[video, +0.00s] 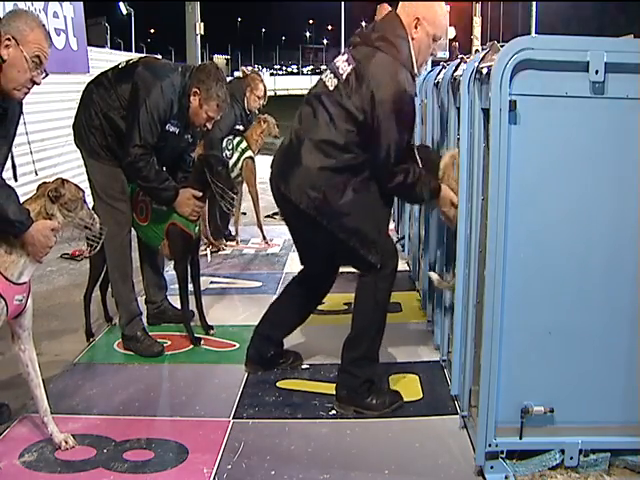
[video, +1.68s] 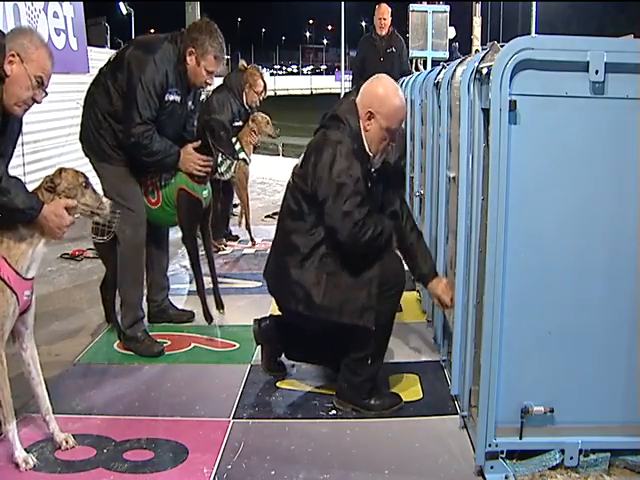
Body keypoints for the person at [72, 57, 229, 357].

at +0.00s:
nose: (211, 125)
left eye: (215, 119)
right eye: (210, 117)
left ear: (196, 96)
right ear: (193, 97)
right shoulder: (157, 90)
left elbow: (180, 157)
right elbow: (134, 156)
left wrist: (187, 191)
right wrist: (172, 196)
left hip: (137, 133)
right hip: (100, 130)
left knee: (149, 217)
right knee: (118, 222)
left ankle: (157, 305)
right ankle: (131, 326)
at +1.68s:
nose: (210, 80)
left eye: (214, 75)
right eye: (208, 72)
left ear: (197, 56)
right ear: (190, 56)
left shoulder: (192, 73)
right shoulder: (149, 64)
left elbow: (185, 126)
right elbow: (135, 132)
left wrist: (193, 151)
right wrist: (177, 156)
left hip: (145, 141)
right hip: (107, 137)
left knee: (157, 213)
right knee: (133, 212)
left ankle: (159, 304)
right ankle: (131, 323)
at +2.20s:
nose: (240, 71)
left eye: (245, 65)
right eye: (238, 63)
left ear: (230, 50)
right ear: (220, 46)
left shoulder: (221, 70)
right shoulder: (182, 54)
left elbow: (216, 122)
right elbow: (169, 120)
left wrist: (223, 145)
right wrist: (208, 149)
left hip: (183, 144)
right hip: (142, 139)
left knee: (199, 217)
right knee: (152, 219)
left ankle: (210, 301)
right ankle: (134, 324)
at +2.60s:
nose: (272, 52)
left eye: (275, 45)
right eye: (270, 44)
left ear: (261, 39)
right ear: (256, 37)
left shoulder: (257, 56)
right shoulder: (222, 42)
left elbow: (252, 108)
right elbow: (208, 106)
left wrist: (255, 138)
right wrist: (241, 141)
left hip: (209, 134)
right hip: (173, 127)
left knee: (214, 212)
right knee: (190, 213)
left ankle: (211, 300)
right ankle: (169, 315)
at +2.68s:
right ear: (263, 23)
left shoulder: (259, 47)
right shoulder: (226, 38)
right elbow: (215, 106)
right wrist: (251, 142)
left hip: (208, 134)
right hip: (179, 129)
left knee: (217, 216)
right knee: (199, 220)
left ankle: (213, 300)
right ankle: (202, 322)